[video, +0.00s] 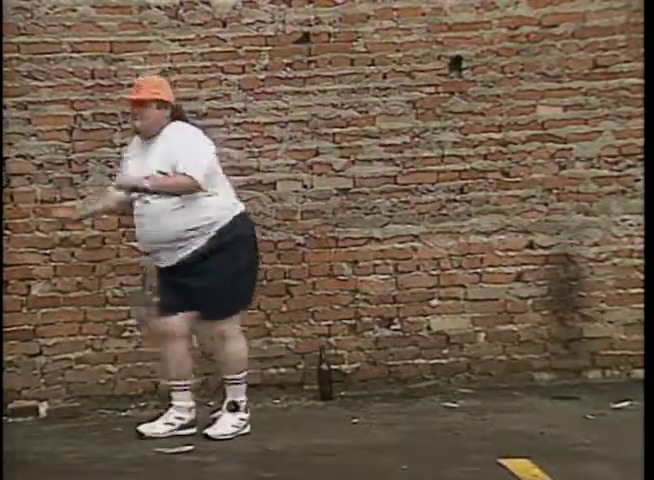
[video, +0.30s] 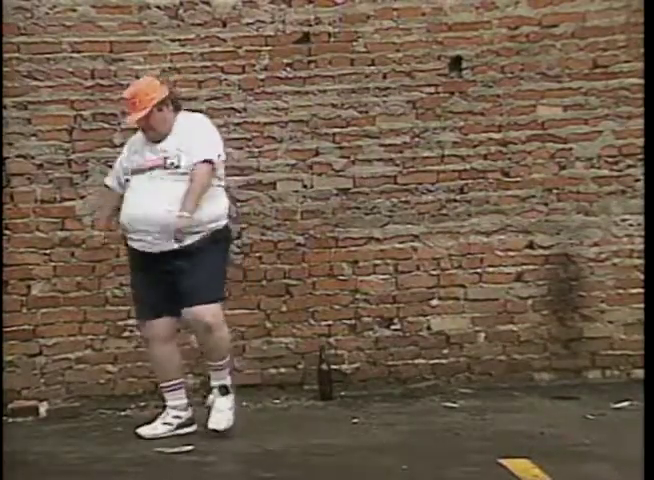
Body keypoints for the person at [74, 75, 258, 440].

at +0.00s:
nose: (136, 115)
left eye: (143, 108)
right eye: (134, 108)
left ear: (165, 109)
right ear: (133, 111)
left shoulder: (186, 137)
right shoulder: (136, 150)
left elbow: (193, 181)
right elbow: (130, 198)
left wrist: (138, 183)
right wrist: (88, 208)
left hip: (221, 243)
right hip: (175, 254)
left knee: (220, 328)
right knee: (172, 329)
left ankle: (237, 410)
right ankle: (182, 412)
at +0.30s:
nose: (141, 125)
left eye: (145, 118)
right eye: (138, 120)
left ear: (165, 106)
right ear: (138, 116)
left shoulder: (197, 126)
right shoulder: (136, 143)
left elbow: (204, 169)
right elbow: (115, 184)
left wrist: (186, 210)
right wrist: (103, 212)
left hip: (200, 242)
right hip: (147, 249)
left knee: (204, 318)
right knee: (157, 331)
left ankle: (222, 392)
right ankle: (178, 411)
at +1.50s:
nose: (120, 118)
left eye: (125, 110)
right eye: (119, 111)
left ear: (146, 108)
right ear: (134, 111)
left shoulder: (166, 133)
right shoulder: (140, 145)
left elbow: (187, 175)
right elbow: (139, 193)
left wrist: (165, 205)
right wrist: (108, 181)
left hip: (170, 243)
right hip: (141, 251)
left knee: (171, 331)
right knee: (139, 336)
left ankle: (214, 417)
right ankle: (179, 413)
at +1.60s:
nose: (112, 105)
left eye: (118, 97)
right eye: (111, 99)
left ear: (141, 94)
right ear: (123, 101)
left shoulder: (156, 117)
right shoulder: (127, 137)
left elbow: (147, 154)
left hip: (169, 235)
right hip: (137, 245)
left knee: (173, 325)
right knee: (143, 332)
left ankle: (209, 410)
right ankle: (179, 407)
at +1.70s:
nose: (105, 96)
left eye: (110, 88)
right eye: (105, 91)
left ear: (131, 84)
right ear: (122, 90)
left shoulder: (149, 106)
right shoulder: (126, 119)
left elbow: (106, 132)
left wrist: (68, 152)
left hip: (169, 222)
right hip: (140, 230)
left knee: (156, 313)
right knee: (149, 318)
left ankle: (195, 395)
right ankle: (171, 398)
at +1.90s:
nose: (102, 127)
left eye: (105, 121)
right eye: (102, 121)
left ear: (119, 117)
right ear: (133, 116)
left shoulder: (130, 137)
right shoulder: (146, 140)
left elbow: (85, 167)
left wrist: (66, 192)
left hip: (162, 256)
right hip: (142, 258)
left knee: (142, 338)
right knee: (142, 337)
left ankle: (183, 419)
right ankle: (167, 411)